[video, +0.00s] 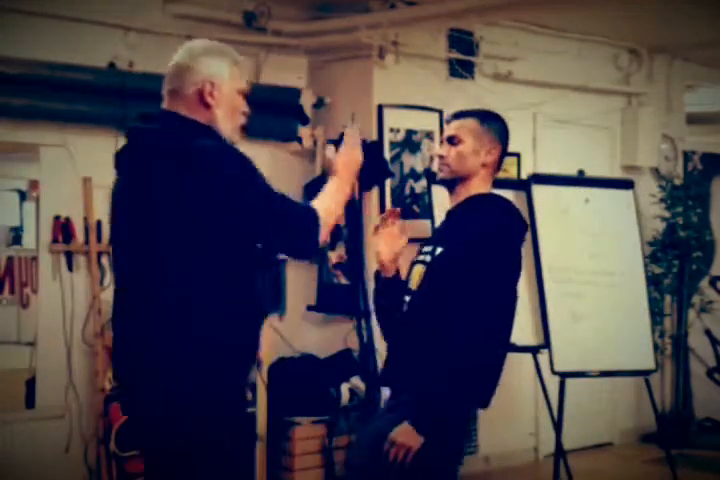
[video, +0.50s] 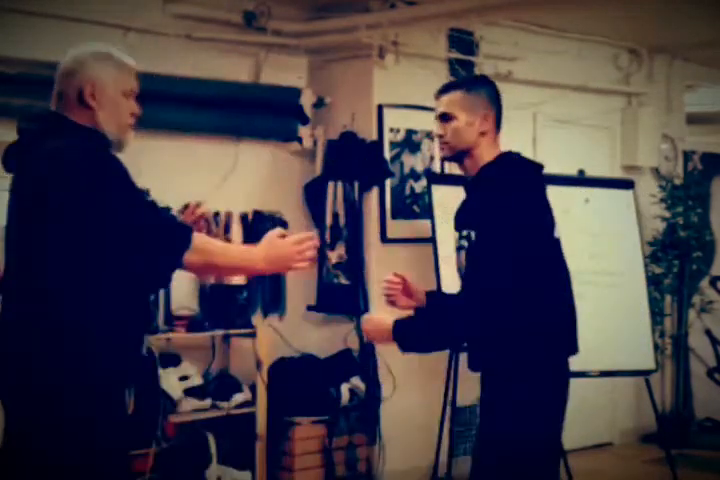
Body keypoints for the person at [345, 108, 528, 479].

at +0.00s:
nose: (439, 151)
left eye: (453, 142)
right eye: (442, 143)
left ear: (489, 156)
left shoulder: (493, 220)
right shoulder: (452, 225)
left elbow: (475, 336)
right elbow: (401, 334)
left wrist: (423, 421)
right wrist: (388, 268)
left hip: (439, 410)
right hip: (408, 400)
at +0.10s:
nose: (440, 141)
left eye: (453, 132)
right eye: (442, 132)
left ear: (489, 142)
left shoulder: (493, 207)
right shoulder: (468, 207)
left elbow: (474, 318)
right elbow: (422, 324)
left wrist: (421, 394)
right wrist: (392, 279)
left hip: (453, 395)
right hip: (439, 391)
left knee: (418, 472)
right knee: (433, 471)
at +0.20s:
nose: (440, 131)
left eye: (451, 122)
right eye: (440, 123)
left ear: (487, 132)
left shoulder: (494, 193)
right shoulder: (476, 196)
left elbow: (482, 310)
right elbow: (440, 320)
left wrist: (413, 365)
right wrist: (392, 282)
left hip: (474, 376)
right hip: (466, 373)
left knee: (411, 469)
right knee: (465, 470)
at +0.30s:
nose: (435, 126)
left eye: (447, 115)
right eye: (437, 117)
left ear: (483, 124)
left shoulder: (497, 188)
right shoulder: (478, 190)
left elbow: (479, 310)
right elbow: (455, 310)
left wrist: (398, 355)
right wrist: (398, 297)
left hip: (496, 365)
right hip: (484, 360)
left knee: (441, 469)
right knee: (476, 470)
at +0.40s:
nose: (433, 124)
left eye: (444, 113)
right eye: (434, 114)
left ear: (480, 121)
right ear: (476, 124)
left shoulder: (493, 186)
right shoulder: (489, 182)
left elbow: (476, 307)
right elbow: (472, 301)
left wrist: (389, 352)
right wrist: (410, 301)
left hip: (508, 367)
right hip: (505, 362)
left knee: (481, 471)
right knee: (484, 470)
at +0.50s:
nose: (437, 131)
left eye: (447, 119)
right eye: (437, 121)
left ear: (484, 124)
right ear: (479, 126)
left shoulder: (506, 188)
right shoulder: (486, 189)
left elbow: (491, 311)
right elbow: (482, 300)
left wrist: (399, 330)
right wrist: (426, 300)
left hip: (528, 366)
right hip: (511, 364)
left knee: (507, 470)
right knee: (511, 469)